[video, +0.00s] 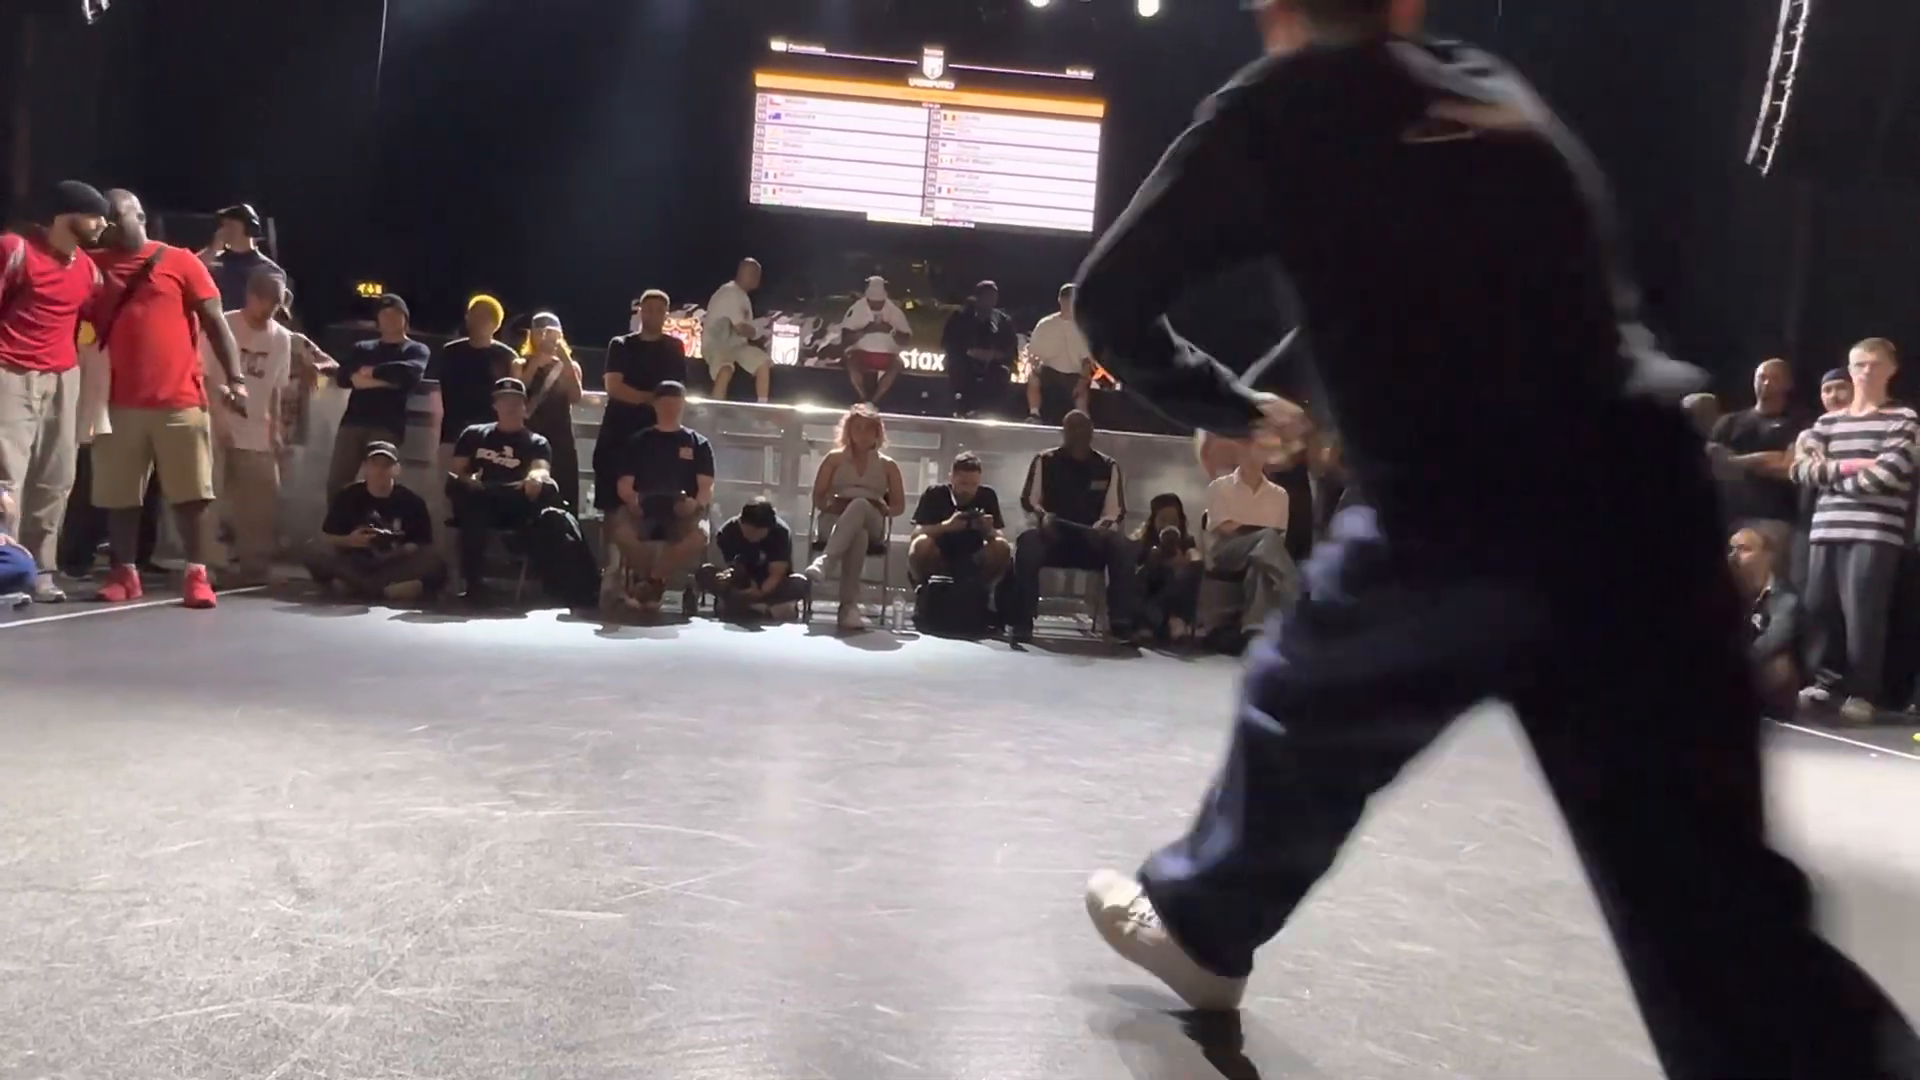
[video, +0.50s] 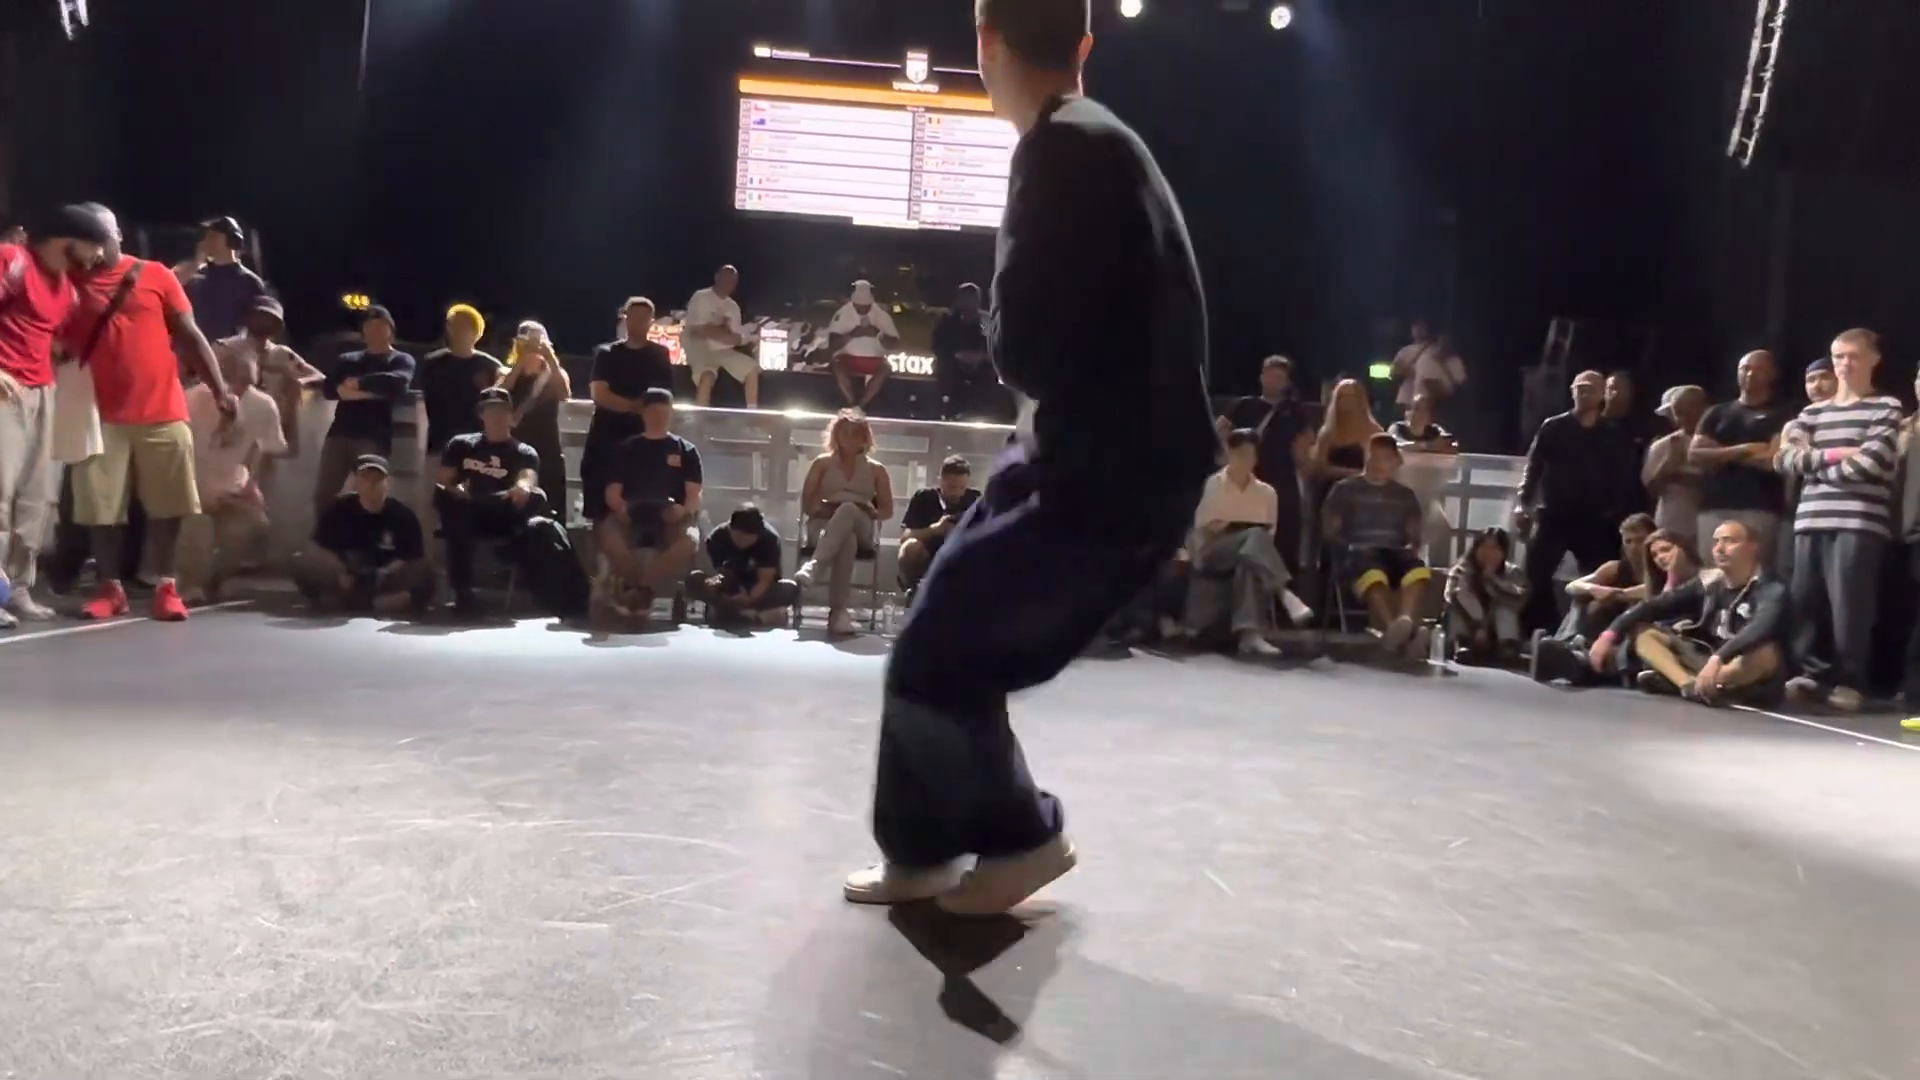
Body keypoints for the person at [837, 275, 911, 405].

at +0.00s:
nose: (876, 305)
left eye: (880, 301)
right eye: (873, 301)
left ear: (885, 298)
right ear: (867, 298)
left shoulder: (894, 310)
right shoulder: (856, 309)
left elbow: (905, 340)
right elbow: (845, 339)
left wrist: (891, 330)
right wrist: (866, 330)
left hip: (887, 354)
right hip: (860, 352)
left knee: (897, 365)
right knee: (851, 362)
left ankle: (874, 401)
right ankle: (863, 398)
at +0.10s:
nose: (872, 305)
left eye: (876, 301)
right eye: (869, 301)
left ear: (881, 298)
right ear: (863, 297)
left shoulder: (891, 310)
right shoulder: (853, 308)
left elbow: (902, 340)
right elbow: (842, 339)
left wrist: (887, 329)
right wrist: (863, 329)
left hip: (884, 354)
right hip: (858, 352)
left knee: (894, 364)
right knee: (847, 359)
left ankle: (871, 401)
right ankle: (860, 398)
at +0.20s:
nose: (870, 305)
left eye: (874, 302)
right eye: (866, 301)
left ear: (879, 298)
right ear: (861, 298)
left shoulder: (889, 310)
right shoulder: (850, 309)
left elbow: (899, 340)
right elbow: (840, 340)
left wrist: (885, 330)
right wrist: (861, 330)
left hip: (882, 354)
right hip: (856, 353)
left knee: (892, 364)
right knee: (845, 359)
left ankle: (869, 401)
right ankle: (858, 398)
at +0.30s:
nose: (867, 305)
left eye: (870, 302)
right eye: (863, 302)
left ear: (876, 299)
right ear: (857, 298)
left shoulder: (885, 311)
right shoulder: (848, 309)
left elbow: (897, 341)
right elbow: (836, 339)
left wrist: (881, 330)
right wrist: (858, 330)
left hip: (879, 355)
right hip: (852, 353)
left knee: (889, 365)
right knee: (842, 362)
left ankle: (866, 402)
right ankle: (854, 399)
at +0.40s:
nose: (863, 306)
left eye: (867, 303)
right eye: (859, 303)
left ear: (872, 299)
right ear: (854, 299)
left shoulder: (882, 312)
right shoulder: (844, 310)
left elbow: (894, 341)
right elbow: (833, 341)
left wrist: (879, 331)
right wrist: (855, 331)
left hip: (876, 356)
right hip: (849, 354)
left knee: (886, 366)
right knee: (838, 364)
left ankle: (864, 401)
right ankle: (852, 399)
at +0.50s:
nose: (862, 309)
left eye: (866, 306)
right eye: (859, 306)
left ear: (871, 303)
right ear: (853, 302)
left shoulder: (881, 315)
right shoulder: (843, 313)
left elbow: (894, 344)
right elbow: (832, 344)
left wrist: (877, 333)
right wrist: (853, 334)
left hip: (875, 359)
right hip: (848, 357)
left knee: (885, 369)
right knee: (837, 366)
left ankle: (862, 405)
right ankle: (852, 404)